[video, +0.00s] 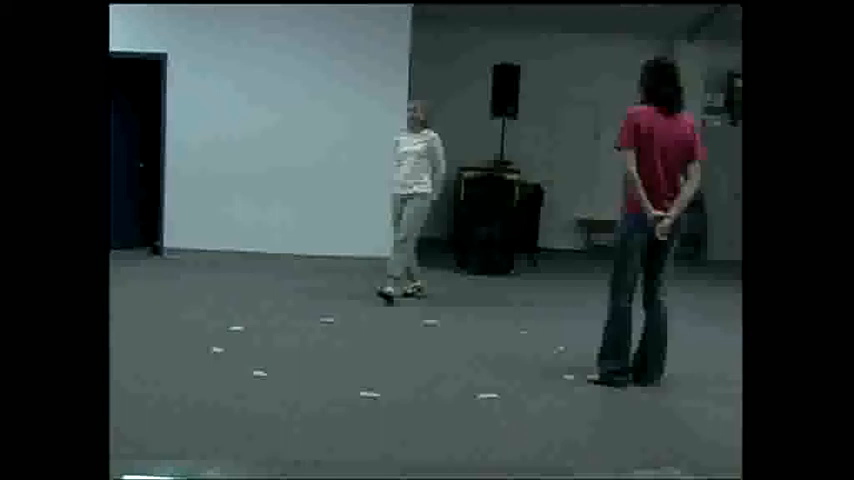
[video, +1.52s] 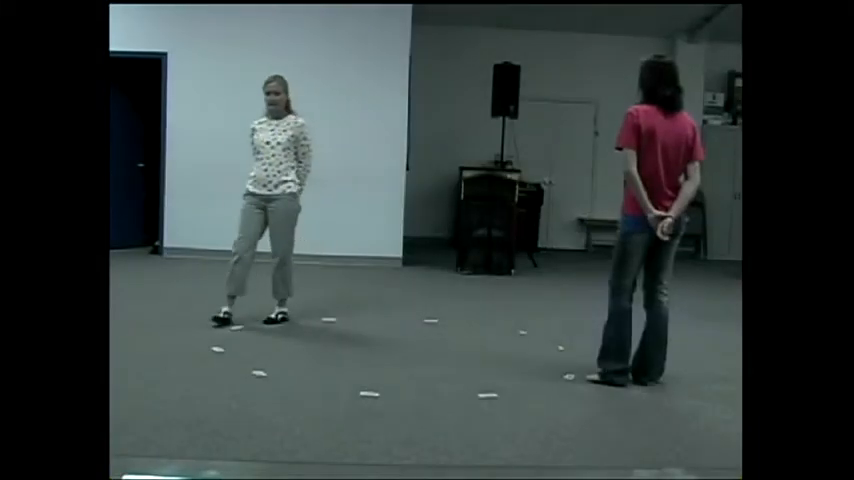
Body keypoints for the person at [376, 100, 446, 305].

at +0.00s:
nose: (412, 115)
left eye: (416, 111)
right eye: (409, 111)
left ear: (424, 115)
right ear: (406, 114)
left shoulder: (431, 139)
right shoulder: (400, 139)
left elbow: (440, 167)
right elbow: (395, 164)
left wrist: (435, 190)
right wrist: (393, 185)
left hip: (420, 192)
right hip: (399, 191)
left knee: (405, 237)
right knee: (402, 238)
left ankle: (392, 283)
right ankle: (414, 281)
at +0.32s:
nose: (382, 110)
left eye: (387, 106)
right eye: (379, 106)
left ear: (396, 109)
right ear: (376, 109)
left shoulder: (403, 134)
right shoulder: (375, 135)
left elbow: (410, 165)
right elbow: (375, 164)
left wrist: (405, 189)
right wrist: (373, 183)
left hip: (391, 191)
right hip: (370, 189)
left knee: (381, 242)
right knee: (360, 239)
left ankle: (382, 290)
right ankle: (376, 283)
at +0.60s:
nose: (346, 109)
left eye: (351, 105)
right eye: (343, 105)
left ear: (361, 107)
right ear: (340, 108)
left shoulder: (369, 135)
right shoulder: (338, 135)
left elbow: (375, 169)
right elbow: (338, 166)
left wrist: (368, 195)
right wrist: (338, 187)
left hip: (356, 198)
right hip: (333, 196)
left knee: (351, 250)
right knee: (326, 248)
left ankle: (373, 285)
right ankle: (325, 298)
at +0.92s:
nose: (318, 105)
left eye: (322, 101)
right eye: (315, 101)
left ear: (332, 103)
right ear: (311, 103)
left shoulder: (340, 130)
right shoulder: (306, 131)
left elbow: (348, 163)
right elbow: (307, 162)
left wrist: (344, 189)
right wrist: (308, 183)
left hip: (330, 191)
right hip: (306, 190)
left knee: (310, 245)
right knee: (313, 245)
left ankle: (302, 300)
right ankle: (324, 298)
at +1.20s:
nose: (292, 101)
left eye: (297, 97)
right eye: (289, 97)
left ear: (308, 100)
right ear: (285, 99)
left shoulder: (313, 127)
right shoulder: (283, 129)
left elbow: (323, 162)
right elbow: (284, 162)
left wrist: (318, 191)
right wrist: (283, 183)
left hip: (303, 191)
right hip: (279, 191)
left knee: (289, 248)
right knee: (272, 249)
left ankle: (283, 305)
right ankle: (298, 286)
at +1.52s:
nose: (271, 98)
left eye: (276, 93)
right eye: (268, 94)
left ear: (286, 96)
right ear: (263, 97)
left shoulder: (296, 125)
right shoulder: (257, 127)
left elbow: (305, 162)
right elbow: (257, 160)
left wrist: (295, 190)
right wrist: (262, 183)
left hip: (284, 195)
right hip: (255, 194)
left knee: (282, 254)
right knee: (241, 249)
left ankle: (281, 307)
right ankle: (227, 307)